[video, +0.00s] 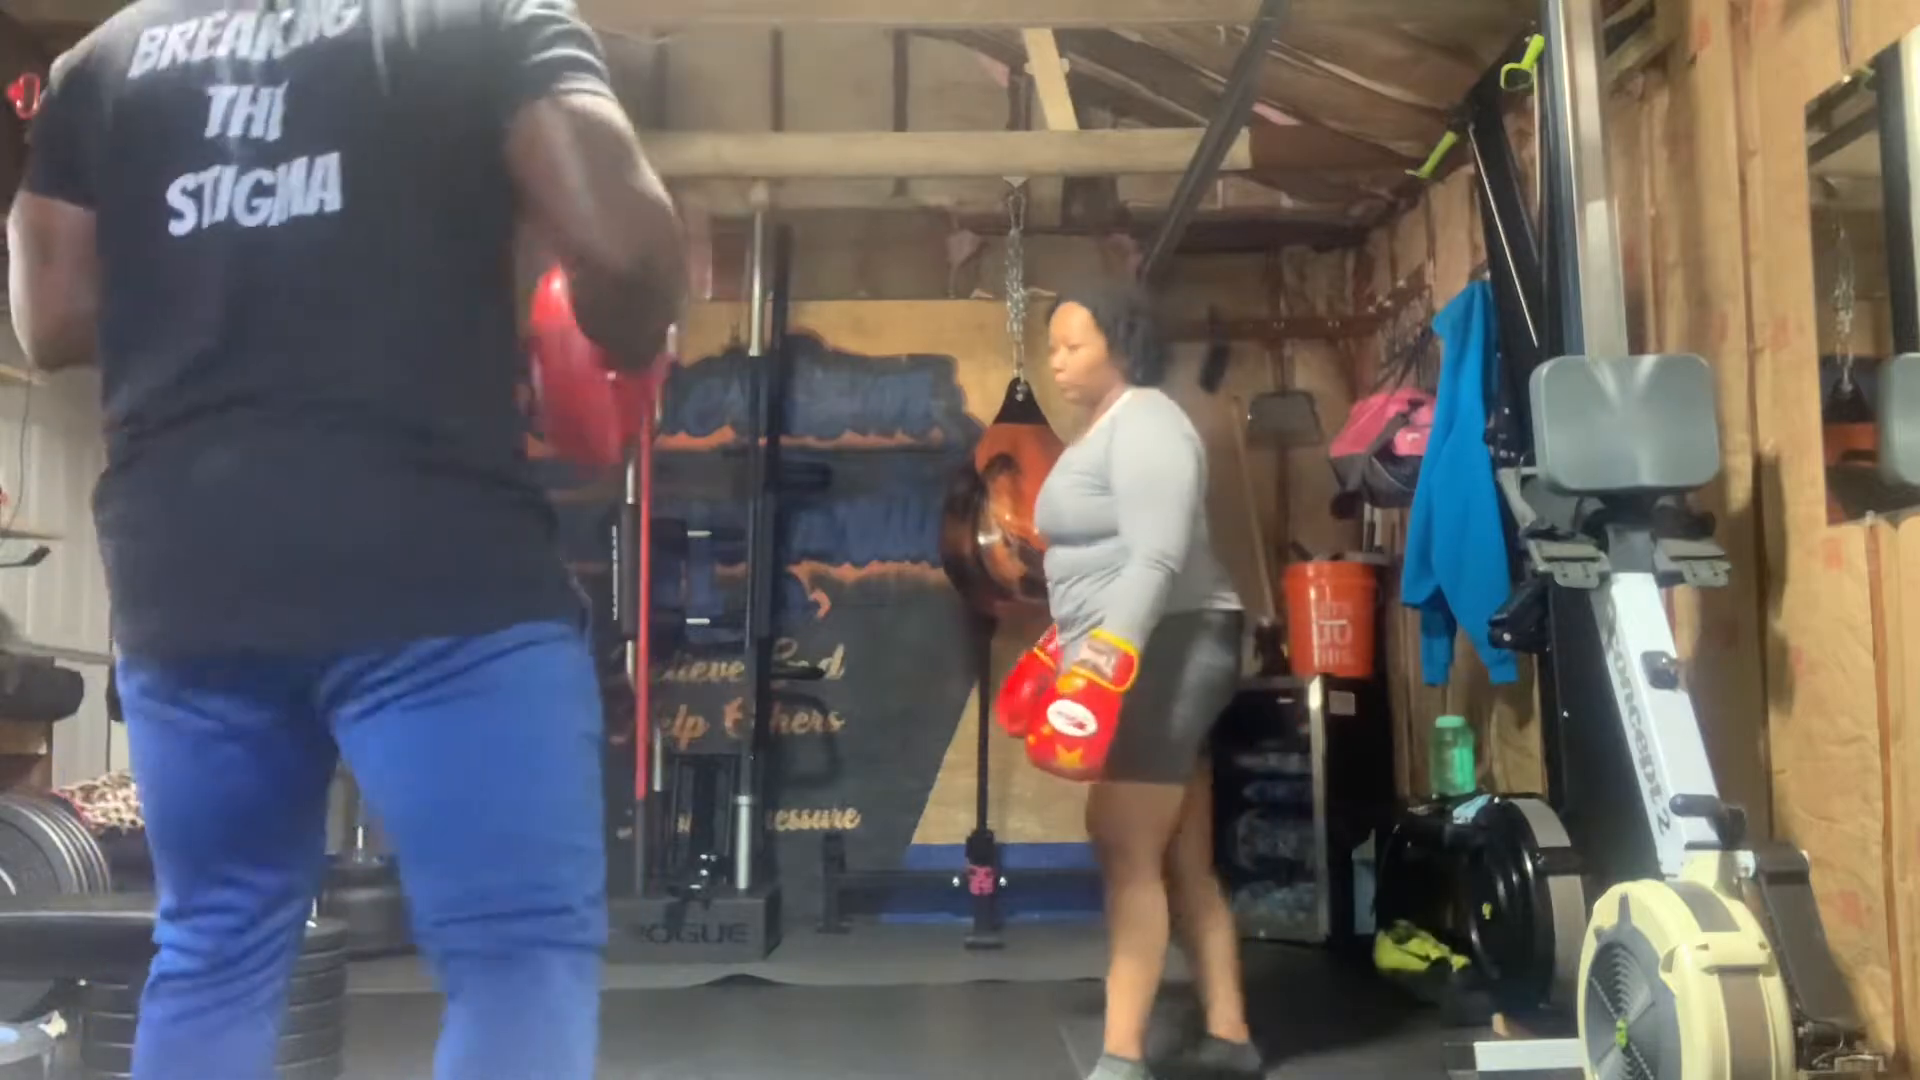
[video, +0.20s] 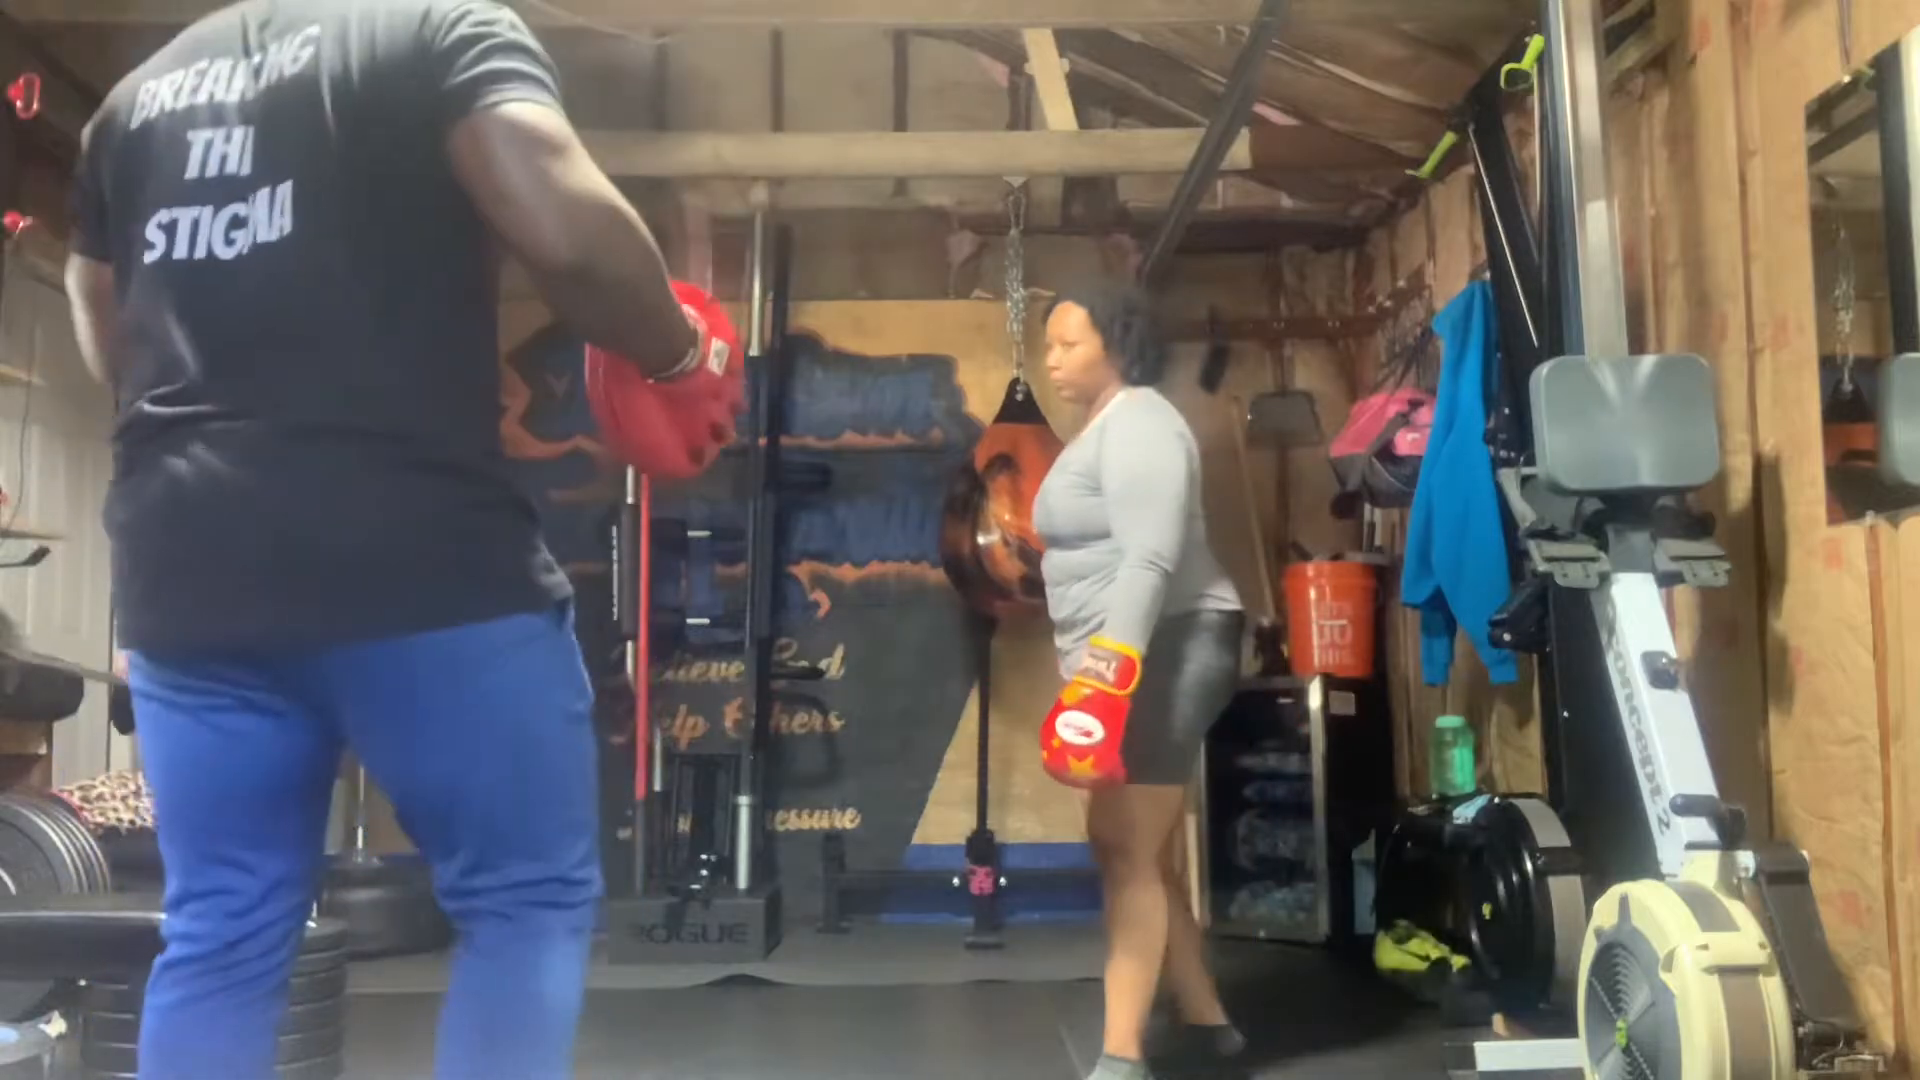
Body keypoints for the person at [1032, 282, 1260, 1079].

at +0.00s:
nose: (1058, 364)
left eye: (1073, 345)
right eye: (1053, 349)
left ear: (1119, 348)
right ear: (1060, 358)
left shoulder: (1148, 422)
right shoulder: (1109, 430)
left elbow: (1158, 555)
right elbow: (1110, 562)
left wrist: (1101, 660)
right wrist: (1060, 648)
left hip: (1175, 634)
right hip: (1157, 635)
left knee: (1127, 840)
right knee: (1186, 855)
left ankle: (1121, 1058)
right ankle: (1229, 1035)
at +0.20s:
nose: (1054, 361)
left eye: (1070, 342)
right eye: (1050, 346)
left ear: (1115, 345)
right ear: (1053, 356)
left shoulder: (1142, 421)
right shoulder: (1101, 430)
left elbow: (1151, 557)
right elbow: (1096, 553)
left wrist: (1103, 684)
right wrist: (1025, 549)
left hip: (1171, 638)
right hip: (1133, 643)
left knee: (1128, 849)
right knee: (1137, 849)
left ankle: (1120, 1059)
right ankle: (1209, 1024)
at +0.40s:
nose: (1067, 361)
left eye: (1082, 345)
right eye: (1062, 347)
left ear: (1127, 348)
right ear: (1066, 355)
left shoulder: (1159, 421)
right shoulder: (1101, 433)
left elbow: (1185, 548)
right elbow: (1102, 555)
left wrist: (1103, 643)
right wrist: (1025, 548)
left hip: (1168, 645)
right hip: (1130, 647)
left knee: (1123, 859)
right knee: (1148, 862)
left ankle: (1120, 1061)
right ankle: (1178, 1045)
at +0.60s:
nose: (1082, 372)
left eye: (1098, 355)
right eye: (1075, 358)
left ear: (1144, 356)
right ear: (1073, 365)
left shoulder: (1187, 422)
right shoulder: (1088, 458)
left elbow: (1217, 536)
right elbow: (1072, 564)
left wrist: (1107, 564)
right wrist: (1012, 571)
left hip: (1189, 649)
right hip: (1111, 663)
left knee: (1088, 829)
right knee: (1154, 869)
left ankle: (1130, 1046)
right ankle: (1177, 1048)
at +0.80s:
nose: (1092, 368)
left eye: (1109, 351)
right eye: (1084, 354)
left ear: (1153, 352)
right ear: (1079, 361)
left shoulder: (1195, 420)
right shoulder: (1086, 454)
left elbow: (1227, 535)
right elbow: (1057, 563)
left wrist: (1118, 529)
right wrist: (1022, 534)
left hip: (1180, 649)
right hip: (1114, 662)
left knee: (1118, 848)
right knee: (1155, 864)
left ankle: (1146, 1068)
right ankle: (1174, 1046)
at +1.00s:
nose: (1083, 351)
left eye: (1100, 334)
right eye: (1078, 337)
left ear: (1147, 337)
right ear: (1079, 347)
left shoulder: (1189, 411)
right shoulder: (1087, 443)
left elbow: (1223, 537)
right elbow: (1072, 550)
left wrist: (1104, 532)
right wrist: (1018, 528)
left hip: (1176, 651)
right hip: (1108, 664)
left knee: (1150, 872)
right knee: (1147, 872)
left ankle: (1153, 1069)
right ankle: (1160, 1058)